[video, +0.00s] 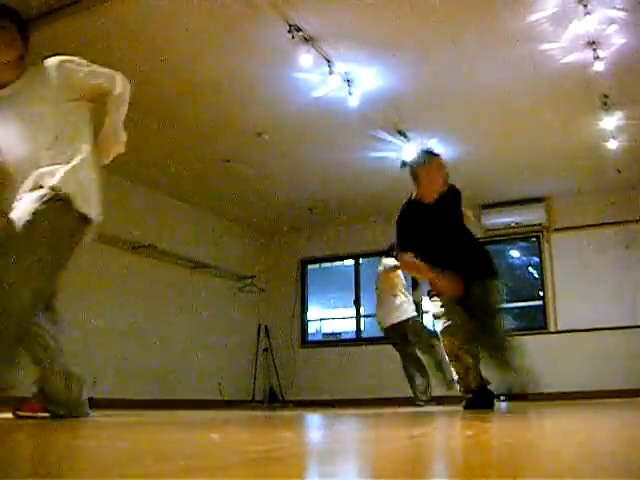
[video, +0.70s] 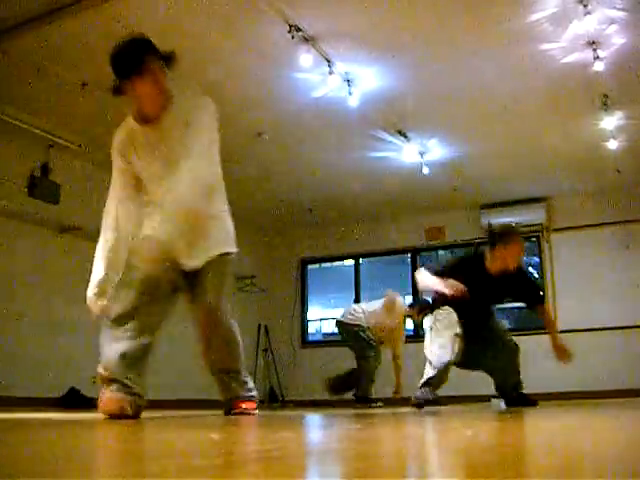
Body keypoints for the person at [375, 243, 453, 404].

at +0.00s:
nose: (411, 258)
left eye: (410, 256)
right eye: (407, 255)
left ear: (387, 253)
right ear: (398, 253)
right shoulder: (389, 263)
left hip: (388, 323)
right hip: (403, 315)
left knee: (409, 357)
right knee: (432, 343)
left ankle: (421, 395)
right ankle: (450, 381)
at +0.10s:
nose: (403, 257)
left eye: (404, 254)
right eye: (403, 253)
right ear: (398, 252)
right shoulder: (390, 270)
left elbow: (379, 297)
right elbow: (395, 266)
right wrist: (414, 257)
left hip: (394, 325)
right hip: (405, 317)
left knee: (414, 360)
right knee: (436, 323)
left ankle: (422, 394)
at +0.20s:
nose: (412, 252)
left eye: (413, 249)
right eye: (410, 248)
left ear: (400, 248)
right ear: (400, 246)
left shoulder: (386, 266)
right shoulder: (392, 258)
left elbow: (374, 278)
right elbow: (395, 253)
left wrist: (386, 286)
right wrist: (415, 256)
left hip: (387, 311)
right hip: (396, 301)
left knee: (410, 353)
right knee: (425, 309)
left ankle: (419, 393)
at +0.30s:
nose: (416, 252)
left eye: (417, 249)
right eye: (416, 248)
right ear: (411, 243)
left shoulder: (394, 260)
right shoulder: (398, 248)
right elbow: (407, 245)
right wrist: (415, 260)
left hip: (377, 307)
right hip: (387, 296)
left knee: (411, 346)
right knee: (418, 315)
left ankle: (399, 385)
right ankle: (392, 338)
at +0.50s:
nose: (421, 276)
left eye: (423, 272)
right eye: (421, 270)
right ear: (414, 267)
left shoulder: (403, 288)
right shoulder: (400, 271)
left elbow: (397, 316)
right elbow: (413, 269)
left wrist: (406, 333)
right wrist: (425, 256)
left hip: (380, 321)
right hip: (369, 318)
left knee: (392, 358)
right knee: (385, 355)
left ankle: (387, 392)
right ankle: (368, 391)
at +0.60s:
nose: (420, 299)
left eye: (423, 296)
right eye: (421, 294)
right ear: (417, 289)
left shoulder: (399, 308)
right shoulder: (401, 290)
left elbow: (398, 336)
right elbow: (404, 287)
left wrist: (407, 360)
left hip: (366, 323)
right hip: (356, 318)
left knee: (384, 355)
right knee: (373, 354)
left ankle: (380, 391)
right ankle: (365, 393)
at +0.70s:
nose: (421, 318)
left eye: (424, 315)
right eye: (422, 313)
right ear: (416, 308)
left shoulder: (398, 328)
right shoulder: (398, 305)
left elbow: (397, 357)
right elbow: (391, 298)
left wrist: (398, 386)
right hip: (351, 321)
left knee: (372, 361)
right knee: (371, 355)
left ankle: (337, 384)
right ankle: (363, 396)